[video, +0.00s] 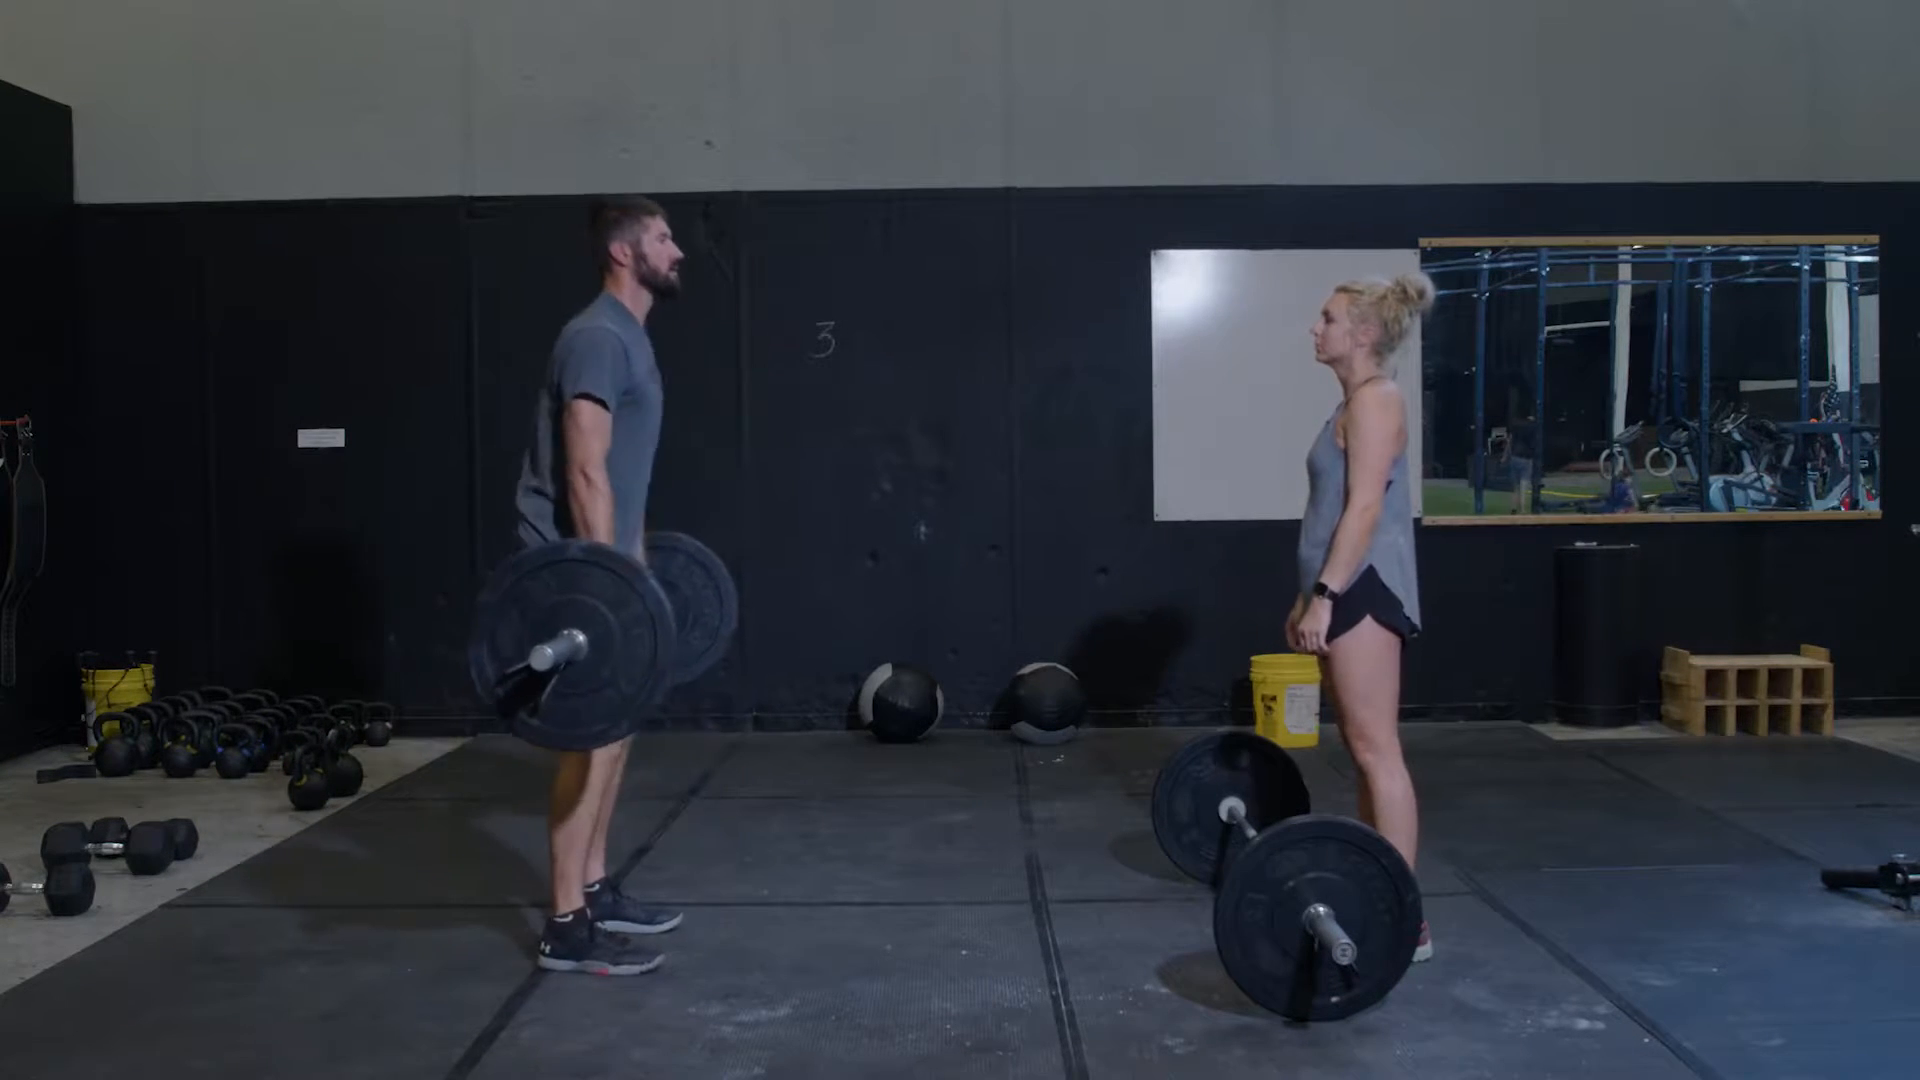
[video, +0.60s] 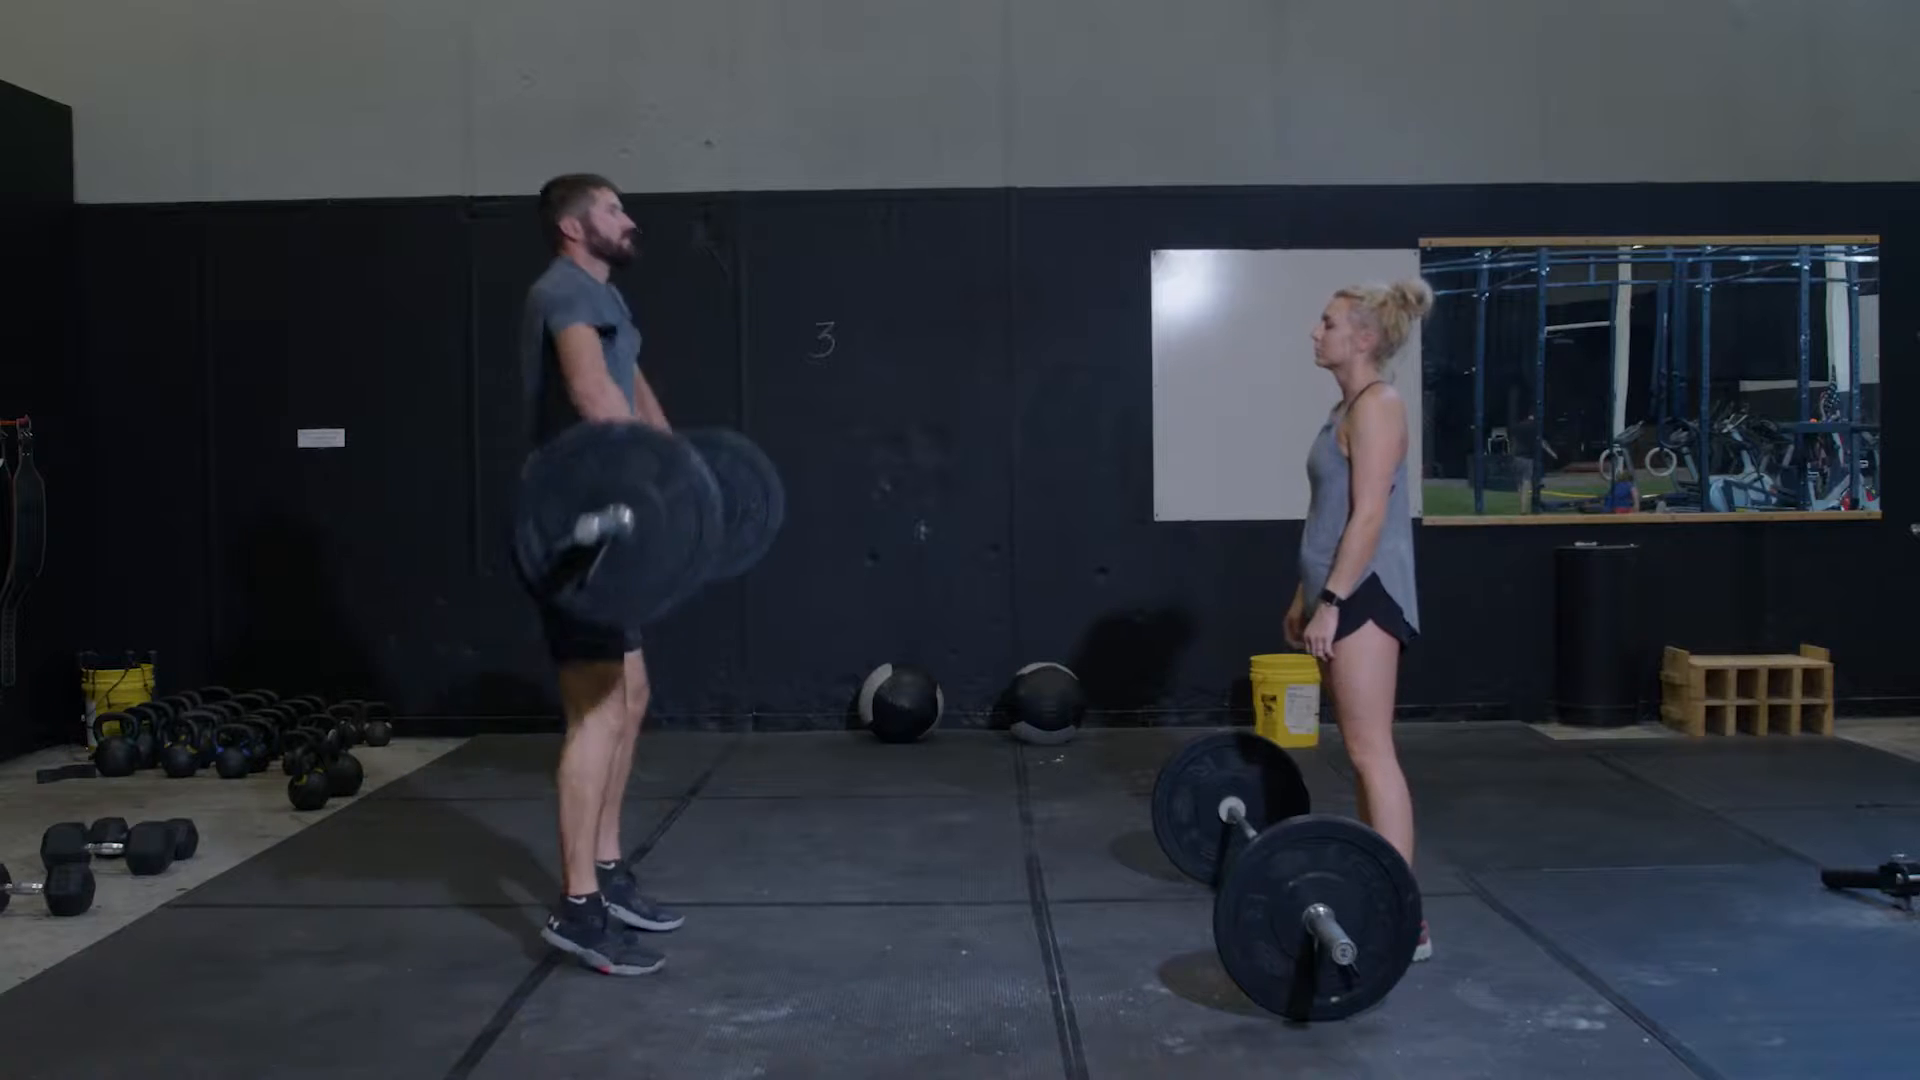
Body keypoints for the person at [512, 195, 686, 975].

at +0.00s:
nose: (677, 253)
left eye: (673, 240)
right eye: (664, 241)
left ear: (633, 255)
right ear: (624, 254)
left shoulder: (629, 338)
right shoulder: (597, 339)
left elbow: (614, 473)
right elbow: (583, 474)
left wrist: (640, 570)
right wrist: (604, 588)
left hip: (610, 558)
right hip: (575, 562)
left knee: (616, 725)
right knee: (590, 730)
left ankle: (590, 891)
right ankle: (566, 923)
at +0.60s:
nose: (629, 224)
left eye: (624, 210)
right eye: (614, 212)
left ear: (586, 226)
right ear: (574, 227)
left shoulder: (602, 294)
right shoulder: (566, 292)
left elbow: (642, 395)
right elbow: (593, 399)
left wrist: (685, 476)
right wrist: (648, 477)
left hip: (602, 524)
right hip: (567, 529)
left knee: (630, 696)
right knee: (598, 705)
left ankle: (604, 870)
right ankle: (576, 902)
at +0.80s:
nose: (647, 287)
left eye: (648, 274)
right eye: (630, 276)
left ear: (648, 280)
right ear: (590, 284)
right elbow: (538, 477)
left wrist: (695, 371)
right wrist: (592, 408)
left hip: (606, 579)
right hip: (562, 586)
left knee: (664, 728)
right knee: (643, 748)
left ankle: (595, 892)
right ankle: (571, 925)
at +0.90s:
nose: (645, 309)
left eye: (648, 296)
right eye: (631, 295)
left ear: (656, 305)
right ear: (601, 305)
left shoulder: (646, 385)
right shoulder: (593, 385)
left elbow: (694, 484)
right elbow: (641, 501)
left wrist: (690, 372)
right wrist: (645, 392)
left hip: (595, 595)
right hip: (550, 592)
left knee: (666, 729)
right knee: (644, 749)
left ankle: (592, 892)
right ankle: (569, 924)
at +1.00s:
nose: (657, 296)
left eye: (656, 283)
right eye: (640, 286)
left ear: (659, 292)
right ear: (605, 300)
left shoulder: (652, 379)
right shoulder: (601, 378)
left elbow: (725, 465)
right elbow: (670, 485)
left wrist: (685, 358)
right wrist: (650, 367)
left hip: (595, 589)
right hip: (553, 584)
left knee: (657, 729)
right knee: (636, 746)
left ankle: (593, 892)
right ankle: (568, 925)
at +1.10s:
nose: (653, 297)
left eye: (652, 285)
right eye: (636, 286)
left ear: (654, 291)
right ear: (603, 300)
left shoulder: (651, 372)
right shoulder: (603, 375)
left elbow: (731, 455)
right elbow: (682, 481)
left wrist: (686, 355)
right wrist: (654, 364)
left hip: (595, 589)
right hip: (551, 586)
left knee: (656, 730)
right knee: (635, 746)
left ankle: (593, 892)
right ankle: (567, 926)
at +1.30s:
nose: (650, 312)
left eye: (647, 299)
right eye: (631, 304)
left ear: (649, 311)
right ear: (595, 322)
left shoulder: (646, 395)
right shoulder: (597, 399)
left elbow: (728, 483)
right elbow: (679, 509)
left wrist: (683, 379)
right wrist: (648, 385)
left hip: (594, 607)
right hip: (551, 608)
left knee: (675, 735)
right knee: (655, 757)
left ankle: (595, 894)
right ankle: (571, 926)